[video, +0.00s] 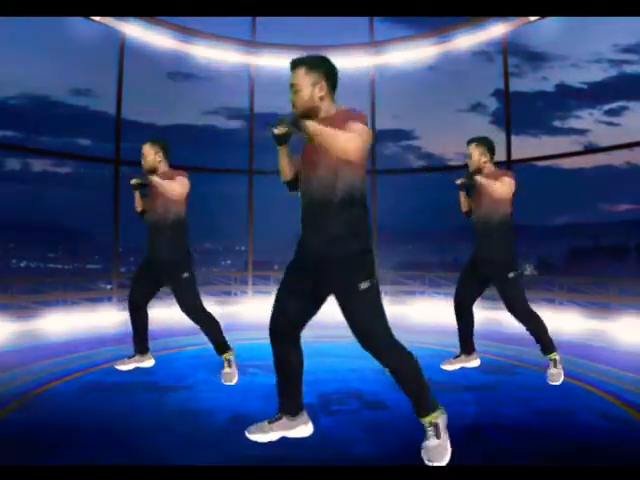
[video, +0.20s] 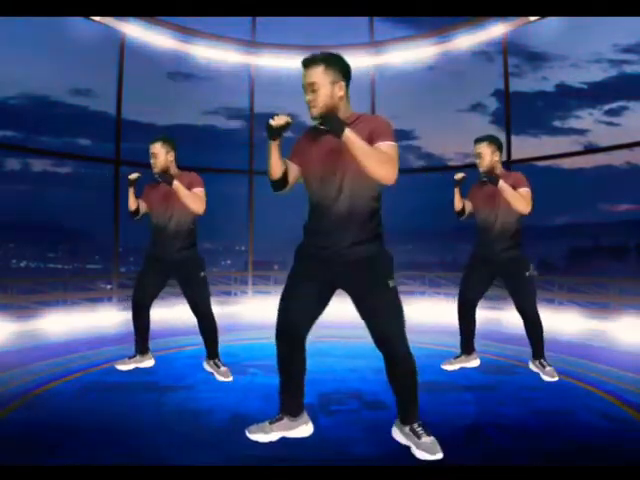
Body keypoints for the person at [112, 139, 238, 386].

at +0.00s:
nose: (143, 160)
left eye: (146, 155)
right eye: (142, 156)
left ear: (160, 156)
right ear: (148, 159)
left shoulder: (179, 178)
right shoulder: (150, 184)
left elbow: (178, 193)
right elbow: (142, 212)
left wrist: (153, 179)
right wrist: (137, 192)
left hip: (178, 258)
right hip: (155, 258)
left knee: (193, 309)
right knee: (136, 301)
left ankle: (227, 355)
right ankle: (142, 354)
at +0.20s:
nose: (152, 160)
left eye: (156, 155)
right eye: (151, 156)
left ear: (171, 155)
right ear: (153, 159)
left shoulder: (191, 180)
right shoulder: (152, 188)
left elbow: (199, 207)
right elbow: (135, 211)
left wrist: (174, 182)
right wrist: (131, 187)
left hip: (187, 257)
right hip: (158, 257)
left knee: (203, 310)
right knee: (140, 302)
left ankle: (213, 359)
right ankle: (143, 354)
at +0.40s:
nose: (158, 161)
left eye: (162, 156)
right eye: (156, 156)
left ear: (177, 156)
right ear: (156, 160)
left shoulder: (195, 181)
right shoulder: (153, 187)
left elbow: (207, 211)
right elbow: (139, 215)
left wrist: (180, 186)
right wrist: (133, 191)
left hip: (190, 257)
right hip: (160, 257)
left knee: (206, 310)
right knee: (140, 301)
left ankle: (213, 359)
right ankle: (143, 354)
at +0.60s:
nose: (165, 160)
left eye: (170, 155)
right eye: (162, 155)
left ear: (181, 157)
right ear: (157, 160)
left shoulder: (194, 183)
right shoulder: (152, 188)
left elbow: (205, 213)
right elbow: (133, 209)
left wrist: (181, 185)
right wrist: (133, 181)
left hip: (188, 259)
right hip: (157, 259)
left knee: (205, 312)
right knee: (135, 302)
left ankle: (213, 360)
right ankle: (142, 353)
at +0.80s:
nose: (166, 141)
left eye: (170, 136)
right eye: (162, 137)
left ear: (181, 138)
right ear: (158, 141)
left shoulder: (194, 163)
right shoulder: (152, 170)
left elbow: (208, 188)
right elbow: (131, 191)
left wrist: (184, 165)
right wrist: (129, 166)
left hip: (186, 244)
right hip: (157, 243)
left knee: (201, 299)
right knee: (139, 294)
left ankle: (214, 351)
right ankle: (134, 341)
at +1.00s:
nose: (166, 164)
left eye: (171, 159)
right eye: (162, 159)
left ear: (181, 161)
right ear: (158, 163)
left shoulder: (194, 187)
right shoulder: (152, 192)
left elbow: (205, 217)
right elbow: (134, 215)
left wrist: (182, 191)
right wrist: (130, 194)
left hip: (187, 264)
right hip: (156, 264)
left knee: (204, 315)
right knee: (133, 304)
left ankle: (211, 363)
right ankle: (135, 351)